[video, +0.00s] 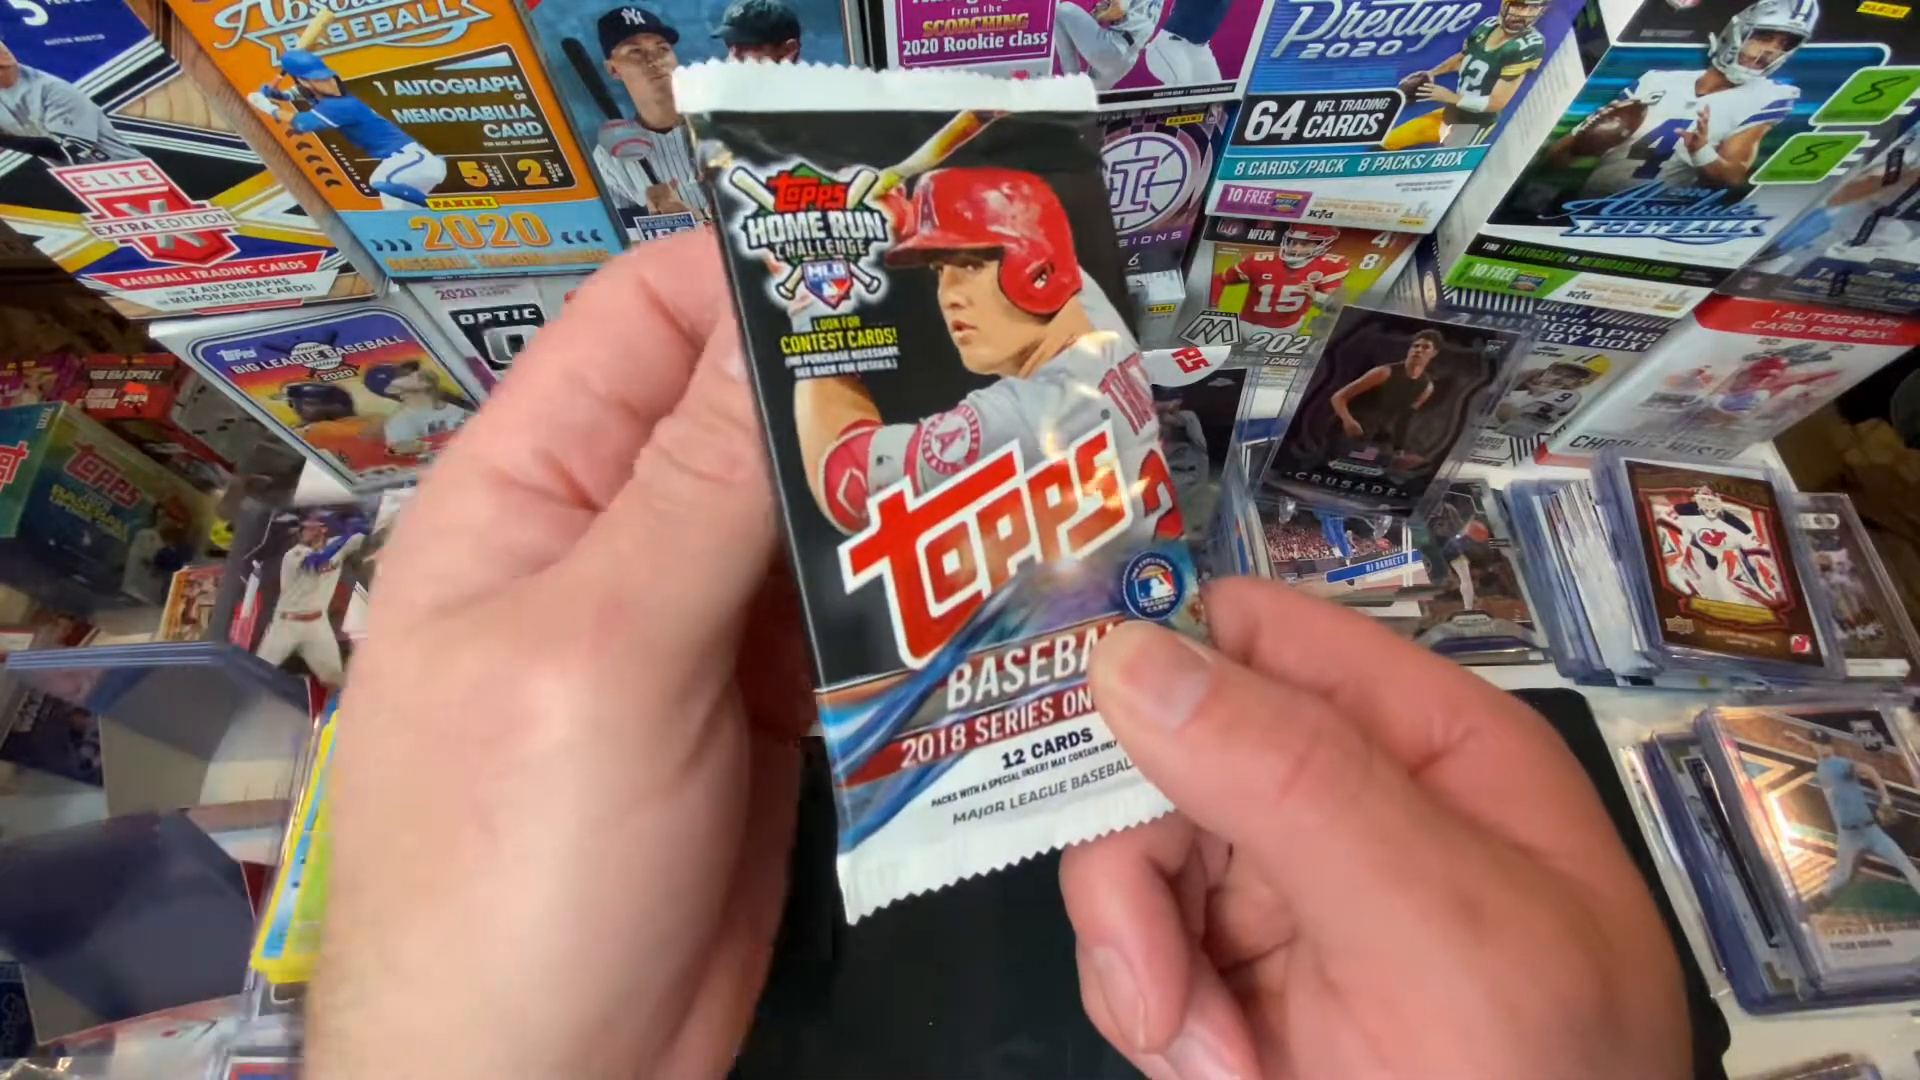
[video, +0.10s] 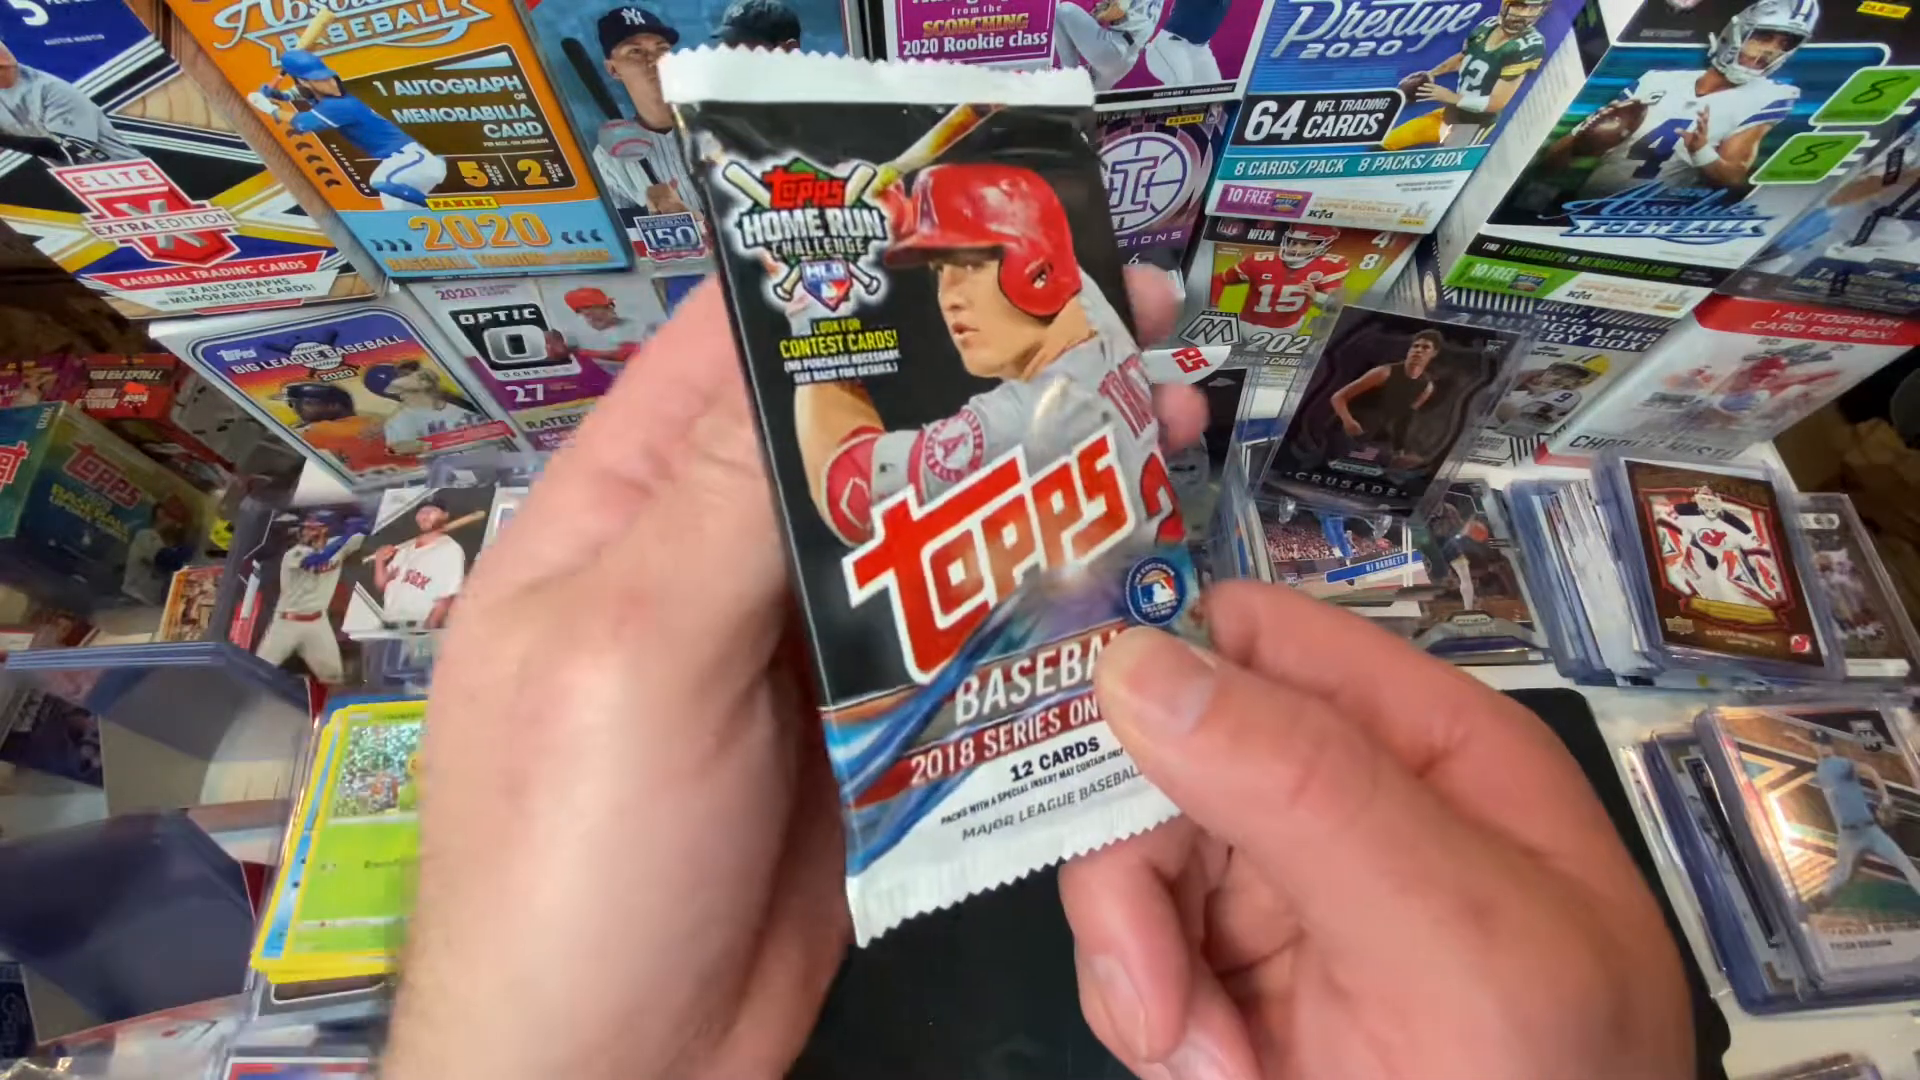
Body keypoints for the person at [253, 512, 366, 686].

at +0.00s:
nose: (302, 532)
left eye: (307, 528)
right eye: (303, 528)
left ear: (322, 531)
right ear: (303, 531)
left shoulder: (335, 549)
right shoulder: (293, 554)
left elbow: (361, 538)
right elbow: (319, 563)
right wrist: (344, 542)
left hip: (317, 623)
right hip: (286, 622)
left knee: (333, 678)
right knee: (259, 671)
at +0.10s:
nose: (308, 532)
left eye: (314, 529)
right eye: (306, 528)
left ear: (324, 531)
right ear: (303, 531)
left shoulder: (337, 550)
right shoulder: (293, 555)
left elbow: (360, 534)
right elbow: (319, 561)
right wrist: (344, 540)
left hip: (317, 623)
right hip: (286, 622)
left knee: (332, 677)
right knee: (261, 669)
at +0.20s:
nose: (306, 531)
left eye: (313, 528)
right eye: (305, 527)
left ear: (326, 530)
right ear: (302, 530)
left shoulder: (337, 550)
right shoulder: (293, 554)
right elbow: (319, 561)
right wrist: (346, 538)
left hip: (317, 624)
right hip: (285, 623)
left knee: (333, 680)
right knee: (260, 670)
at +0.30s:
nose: (306, 531)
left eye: (312, 528)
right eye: (305, 527)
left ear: (326, 530)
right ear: (302, 530)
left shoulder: (337, 550)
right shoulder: (293, 554)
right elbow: (319, 561)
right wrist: (346, 538)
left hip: (317, 624)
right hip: (285, 623)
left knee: (333, 679)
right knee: (260, 670)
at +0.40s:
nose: (306, 531)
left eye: (312, 528)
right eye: (305, 527)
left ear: (325, 530)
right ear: (303, 529)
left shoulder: (337, 549)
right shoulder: (293, 554)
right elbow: (319, 562)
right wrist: (346, 538)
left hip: (317, 624)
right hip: (285, 623)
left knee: (332, 677)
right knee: (260, 669)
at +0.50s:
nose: (306, 531)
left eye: (312, 528)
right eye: (305, 527)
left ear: (325, 530)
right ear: (303, 529)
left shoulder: (337, 549)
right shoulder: (293, 554)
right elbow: (318, 562)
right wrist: (346, 538)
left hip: (317, 624)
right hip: (285, 623)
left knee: (332, 676)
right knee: (260, 669)